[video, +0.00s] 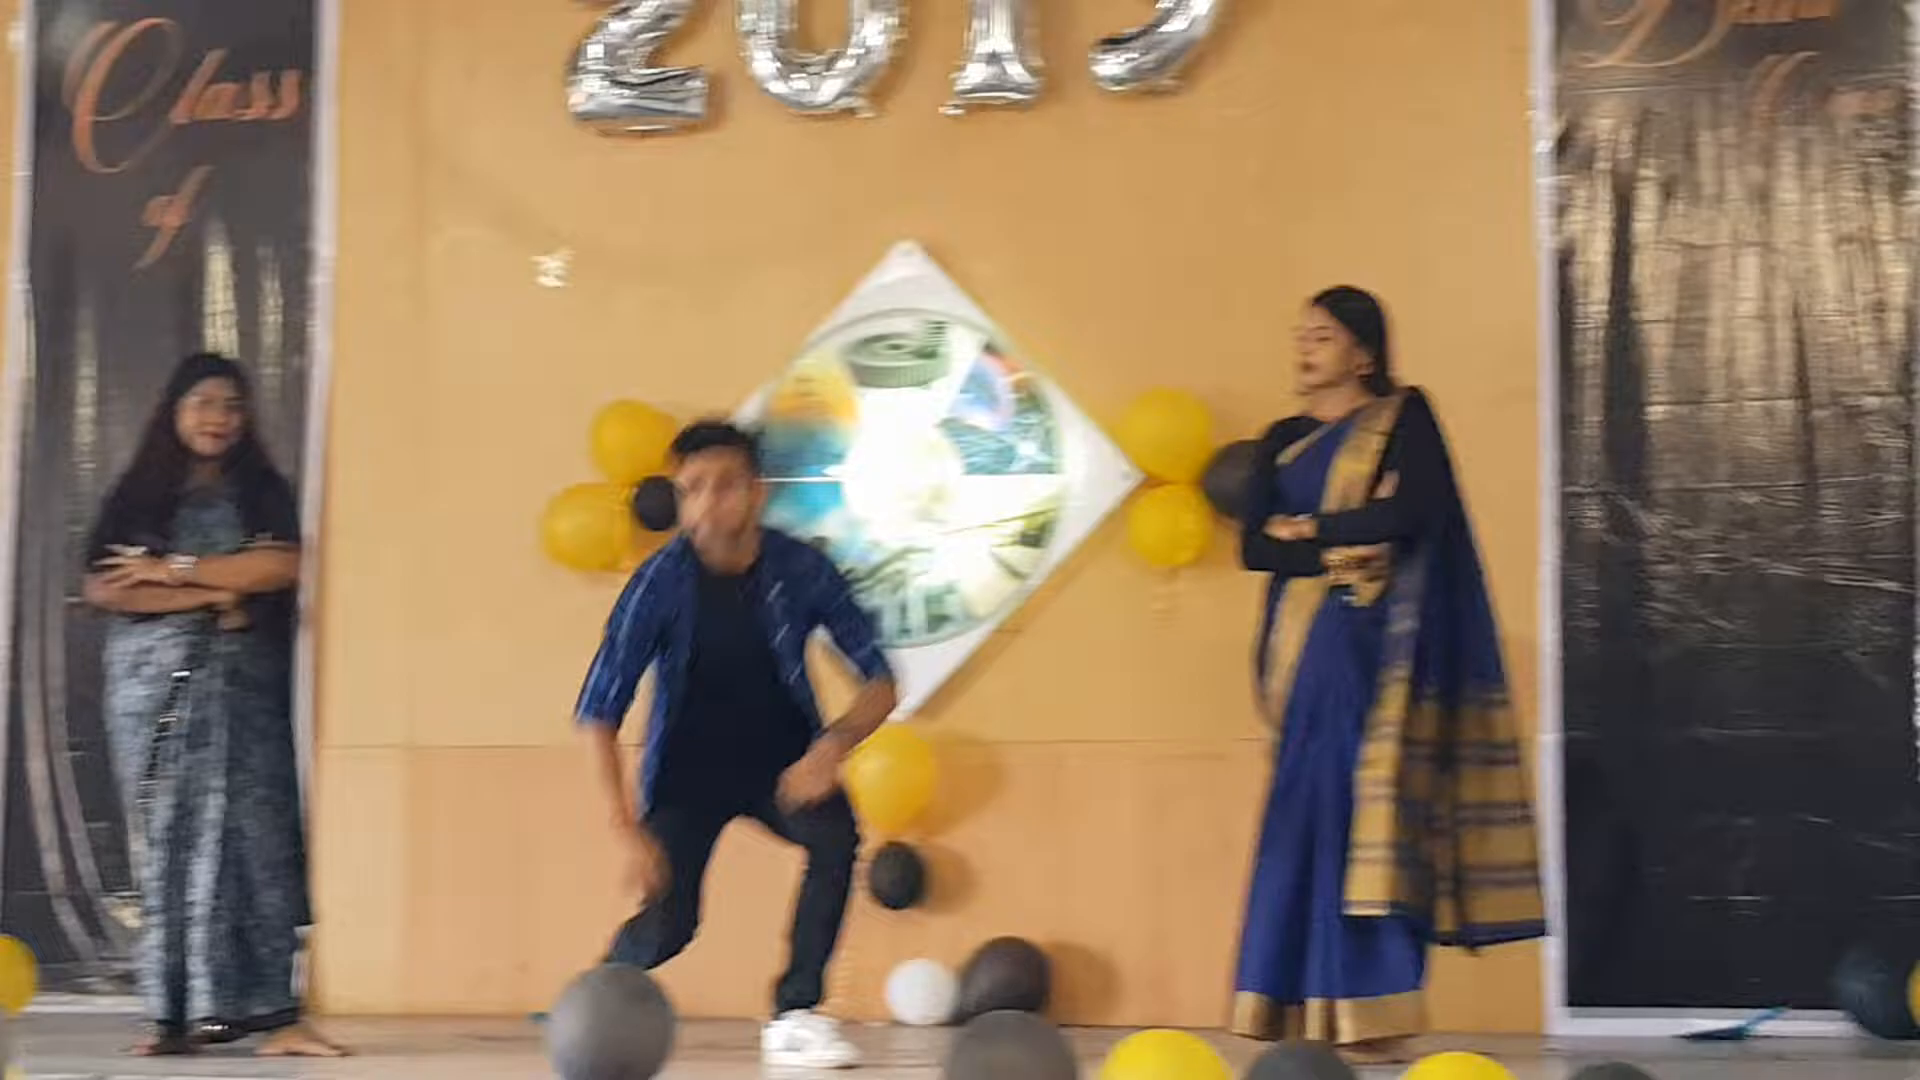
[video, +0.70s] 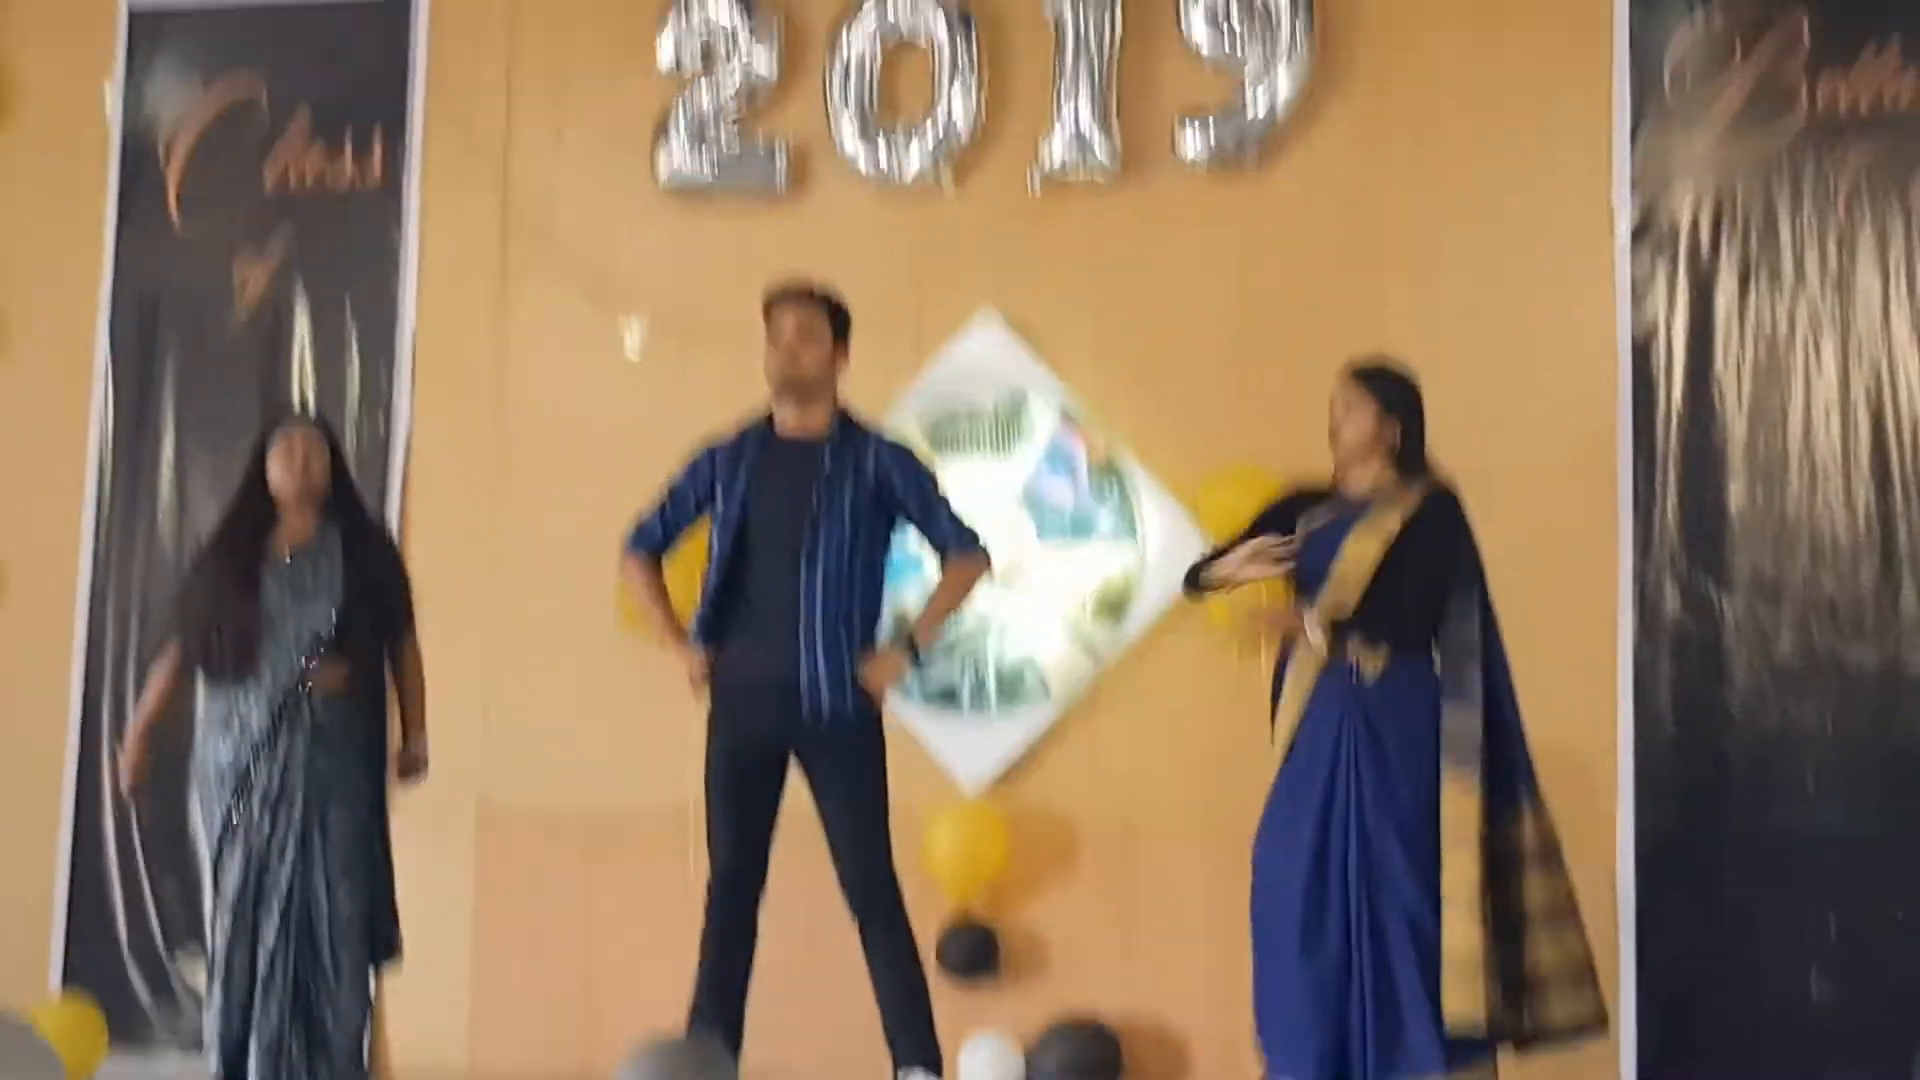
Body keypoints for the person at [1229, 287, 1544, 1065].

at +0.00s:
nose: (1305, 349)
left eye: (1320, 337)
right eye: (1301, 337)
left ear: (1362, 348)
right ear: (1299, 349)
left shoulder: (1402, 412)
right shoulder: (1284, 439)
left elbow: (1415, 513)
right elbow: (1253, 546)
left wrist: (1311, 528)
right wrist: (1325, 559)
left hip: (1384, 649)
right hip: (1304, 653)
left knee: (1363, 813)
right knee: (1307, 812)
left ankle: (1362, 1008)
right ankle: (1304, 1008)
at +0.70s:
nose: (1335, 427)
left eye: (1349, 413)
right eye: (1335, 412)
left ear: (1390, 424)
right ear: (1343, 422)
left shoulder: (1432, 513)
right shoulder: (1307, 510)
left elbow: (1402, 631)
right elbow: (1199, 580)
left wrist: (1307, 625)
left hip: (1394, 728)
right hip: (1316, 725)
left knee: (1391, 890)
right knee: (1289, 873)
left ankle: (1398, 1057)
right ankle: (1308, 1057)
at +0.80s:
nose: (1323, 532)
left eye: (1341, 520)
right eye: (1324, 518)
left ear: (1384, 538)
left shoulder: (1423, 620)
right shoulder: (1296, 615)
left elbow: (1424, 736)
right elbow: (1183, 651)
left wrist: (1357, 775)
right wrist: (1138, 622)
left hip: (1394, 841)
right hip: (1309, 839)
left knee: (1388, 1003)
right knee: (1283, 991)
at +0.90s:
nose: (1365, 652)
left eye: (1383, 641)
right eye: (1365, 637)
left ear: (1419, 658)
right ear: (1358, 645)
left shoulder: (1457, 743)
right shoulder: (1332, 736)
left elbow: (1476, 857)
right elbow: (1209, 741)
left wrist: (1459, 937)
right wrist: (1113, 696)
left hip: (1429, 950)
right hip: (1347, 948)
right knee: (1344, 1059)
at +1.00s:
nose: (1426, 735)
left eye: (1446, 726)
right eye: (1423, 725)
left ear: (1488, 750)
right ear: (1416, 740)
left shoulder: (1522, 831)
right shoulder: (1385, 826)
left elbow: (1555, 948)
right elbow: (1270, 827)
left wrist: (1576, 1050)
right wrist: (1160, 793)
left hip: (1499, 1049)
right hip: (1401, 1048)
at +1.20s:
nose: (1432, 790)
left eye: (1452, 782)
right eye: (1428, 781)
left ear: (1490, 809)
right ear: (1420, 801)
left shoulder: (1526, 885)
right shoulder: (1388, 881)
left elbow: (1564, 1006)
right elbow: (1286, 923)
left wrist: (1585, 1074)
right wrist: (1187, 922)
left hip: (1508, 1063)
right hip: (1410, 1063)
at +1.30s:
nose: (1445, 814)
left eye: (1464, 804)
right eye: (1441, 805)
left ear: (1502, 833)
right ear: (1435, 825)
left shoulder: (1540, 910)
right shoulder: (1403, 905)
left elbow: (1573, 1026)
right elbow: (1320, 955)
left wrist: (1583, 1078)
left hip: (1503, 1069)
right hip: (1417, 1067)